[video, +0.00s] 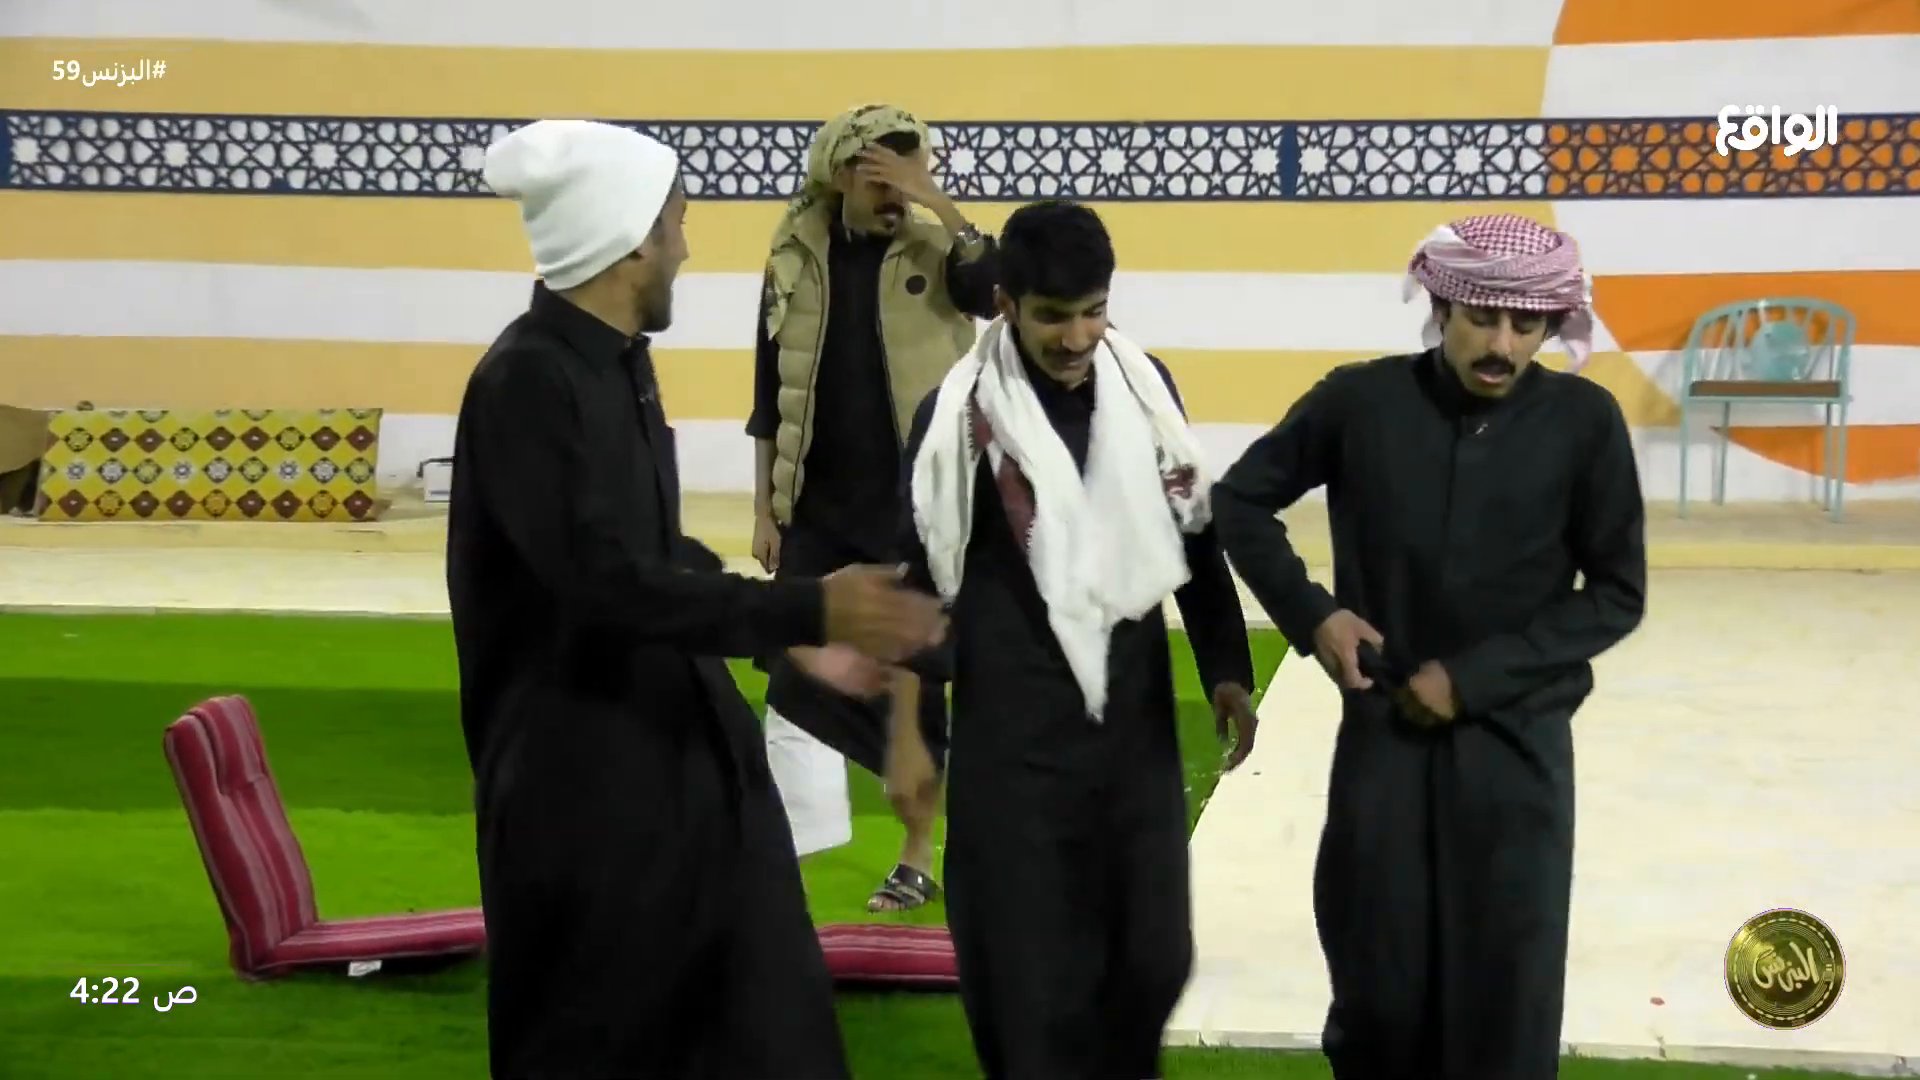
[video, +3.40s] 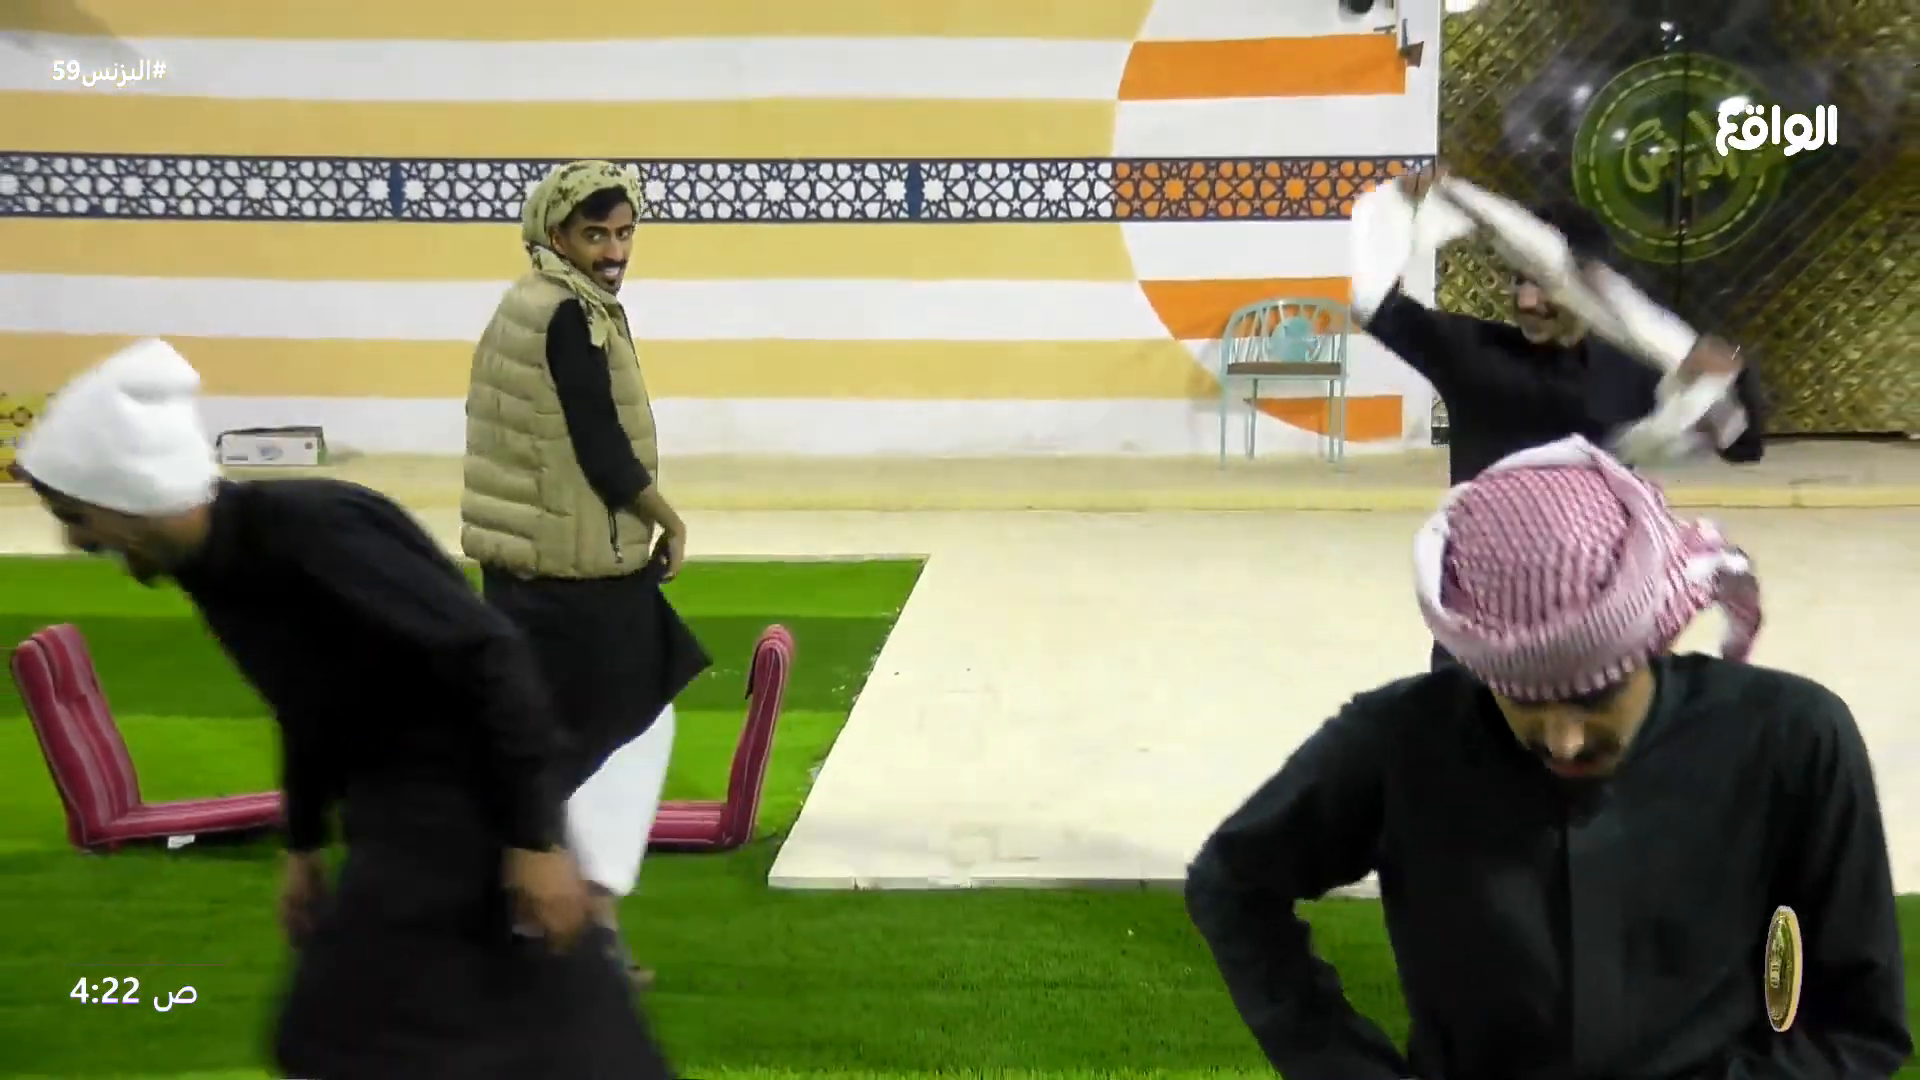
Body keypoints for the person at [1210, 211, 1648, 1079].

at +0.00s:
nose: (1502, 344)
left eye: (1525, 324)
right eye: (1484, 318)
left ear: (1549, 326)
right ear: (1443, 307)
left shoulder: (1583, 420)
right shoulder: (1357, 401)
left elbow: (1618, 596)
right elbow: (1236, 508)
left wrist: (1470, 676)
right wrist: (1315, 616)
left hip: (1515, 768)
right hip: (1383, 759)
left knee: (1506, 1017)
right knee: (1378, 1011)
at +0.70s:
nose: (1550, 320)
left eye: (1577, 294)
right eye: (1524, 292)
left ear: (1612, 307)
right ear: (1481, 298)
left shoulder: (1673, 433)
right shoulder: (1394, 420)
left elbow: (1721, 636)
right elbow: (1280, 546)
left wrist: (1545, 711)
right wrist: (1366, 678)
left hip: (1609, 831)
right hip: (1447, 822)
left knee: (1618, 1062)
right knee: (1454, 1060)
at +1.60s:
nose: (1528, 441)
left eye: (1556, 406)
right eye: (1495, 409)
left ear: (1594, 400)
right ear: (1445, 405)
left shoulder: (1672, 520)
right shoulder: (1352, 514)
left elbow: (1743, 745)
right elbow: (1223, 644)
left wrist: (1540, 848)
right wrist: (1317, 798)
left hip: (1588, 942)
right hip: (1401, 933)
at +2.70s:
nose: (1492, 492)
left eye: (1521, 454)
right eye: (1456, 460)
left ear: (1563, 454)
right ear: (1404, 467)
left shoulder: (1653, 586)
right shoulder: (1315, 594)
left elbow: (1718, 837)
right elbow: (1171, 717)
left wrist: (1479, 912)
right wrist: (1258, 893)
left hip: (1562, 1046)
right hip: (1356, 1043)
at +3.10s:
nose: (1491, 571)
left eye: (1514, 522)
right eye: (1446, 539)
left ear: (1570, 508)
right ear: (1400, 543)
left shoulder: (1692, 630)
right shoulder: (1324, 669)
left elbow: (1765, 903)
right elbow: (1179, 812)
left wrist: (1531, 1036)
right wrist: (1319, 998)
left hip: (1634, 1056)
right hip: (1393, 1057)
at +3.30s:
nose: (1533, 652)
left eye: (1560, 605)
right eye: (1490, 618)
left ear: (1615, 578)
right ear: (1440, 600)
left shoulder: (1744, 698)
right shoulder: (1356, 719)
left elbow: (1825, 979)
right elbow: (1191, 858)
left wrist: (1633, 1069)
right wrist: (1346, 1049)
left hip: (1661, 1057)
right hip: (1435, 1063)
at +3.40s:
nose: (1564, 742)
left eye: (1600, 698)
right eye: (1525, 703)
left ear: (1656, 640)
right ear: (1474, 662)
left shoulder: (1796, 743)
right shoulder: (1395, 746)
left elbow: (1861, 1032)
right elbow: (1231, 887)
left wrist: (1741, 1068)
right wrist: (1361, 1070)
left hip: (1704, 1063)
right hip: (1470, 1063)